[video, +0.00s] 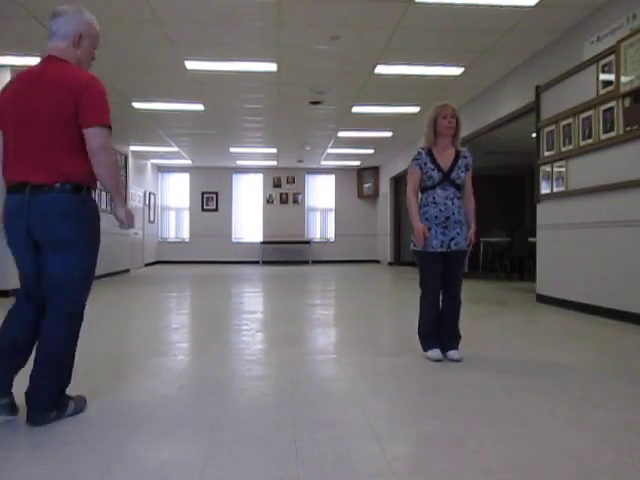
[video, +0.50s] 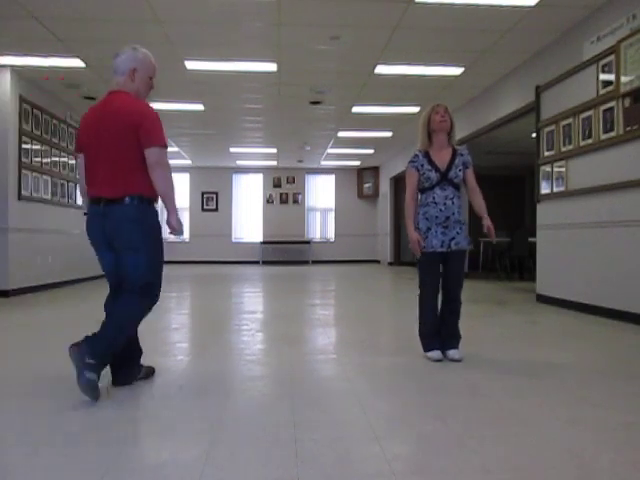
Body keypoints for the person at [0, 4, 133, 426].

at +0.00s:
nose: (93, 57)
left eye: (95, 49)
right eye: (93, 48)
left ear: (53, 41)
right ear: (79, 40)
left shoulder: (13, 86)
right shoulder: (83, 84)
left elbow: (5, 146)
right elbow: (99, 148)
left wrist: (17, 192)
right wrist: (120, 200)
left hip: (16, 204)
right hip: (66, 205)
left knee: (30, 296)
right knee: (65, 305)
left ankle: (1, 385)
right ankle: (45, 403)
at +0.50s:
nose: (151, 89)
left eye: (153, 82)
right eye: (150, 81)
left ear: (119, 75)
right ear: (134, 75)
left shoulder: (90, 115)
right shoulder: (142, 113)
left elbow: (85, 171)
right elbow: (157, 164)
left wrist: (92, 207)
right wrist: (172, 209)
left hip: (98, 214)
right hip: (134, 213)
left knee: (120, 289)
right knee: (144, 291)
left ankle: (126, 368)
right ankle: (92, 353)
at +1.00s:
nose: (209, 104)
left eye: (210, 97)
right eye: (206, 96)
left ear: (184, 96)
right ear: (188, 95)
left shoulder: (162, 127)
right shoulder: (193, 127)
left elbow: (162, 174)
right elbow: (195, 170)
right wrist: (209, 215)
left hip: (160, 218)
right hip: (189, 219)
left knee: (158, 289)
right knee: (213, 287)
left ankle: (130, 359)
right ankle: (230, 348)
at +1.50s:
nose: (258, 104)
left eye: (257, 98)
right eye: (253, 98)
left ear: (238, 102)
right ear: (235, 102)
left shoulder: (241, 132)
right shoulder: (234, 132)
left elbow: (250, 177)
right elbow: (242, 176)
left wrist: (278, 196)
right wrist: (276, 197)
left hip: (250, 217)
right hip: (240, 218)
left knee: (256, 283)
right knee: (250, 285)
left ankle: (251, 336)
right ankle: (236, 351)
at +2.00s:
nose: (285, 107)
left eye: (287, 103)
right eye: (279, 103)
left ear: (288, 105)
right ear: (263, 106)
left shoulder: (296, 143)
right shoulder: (249, 140)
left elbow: (312, 179)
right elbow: (228, 176)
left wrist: (333, 200)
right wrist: (224, 215)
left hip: (291, 224)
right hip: (260, 222)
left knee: (299, 287)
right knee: (267, 284)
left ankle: (303, 346)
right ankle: (246, 339)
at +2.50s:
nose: (297, 103)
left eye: (303, 98)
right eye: (292, 99)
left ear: (311, 102)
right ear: (285, 104)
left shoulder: (326, 138)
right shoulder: (272, 142)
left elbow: (337, 174)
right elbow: (263, 180)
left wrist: (323, 205)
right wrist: (260, 214)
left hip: (314, 222)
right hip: (280, 223)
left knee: (316, 288)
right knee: (280, 288)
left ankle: (313, 345)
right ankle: (287, 348)